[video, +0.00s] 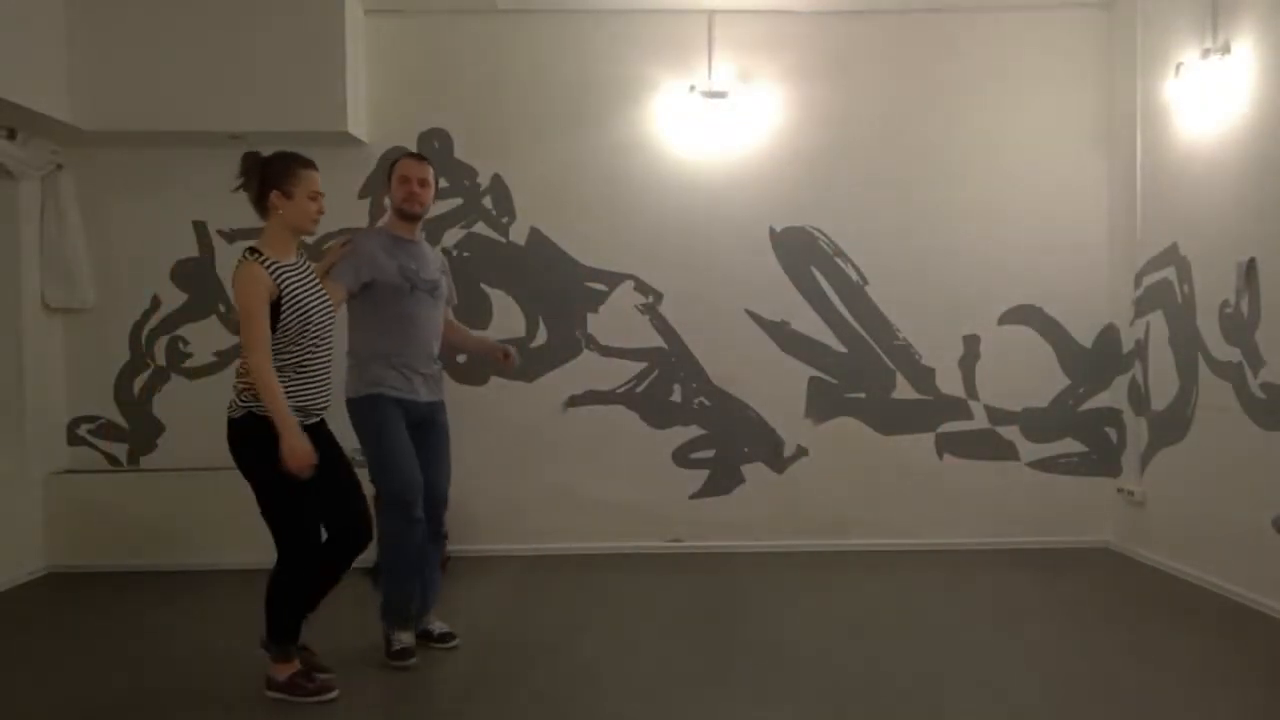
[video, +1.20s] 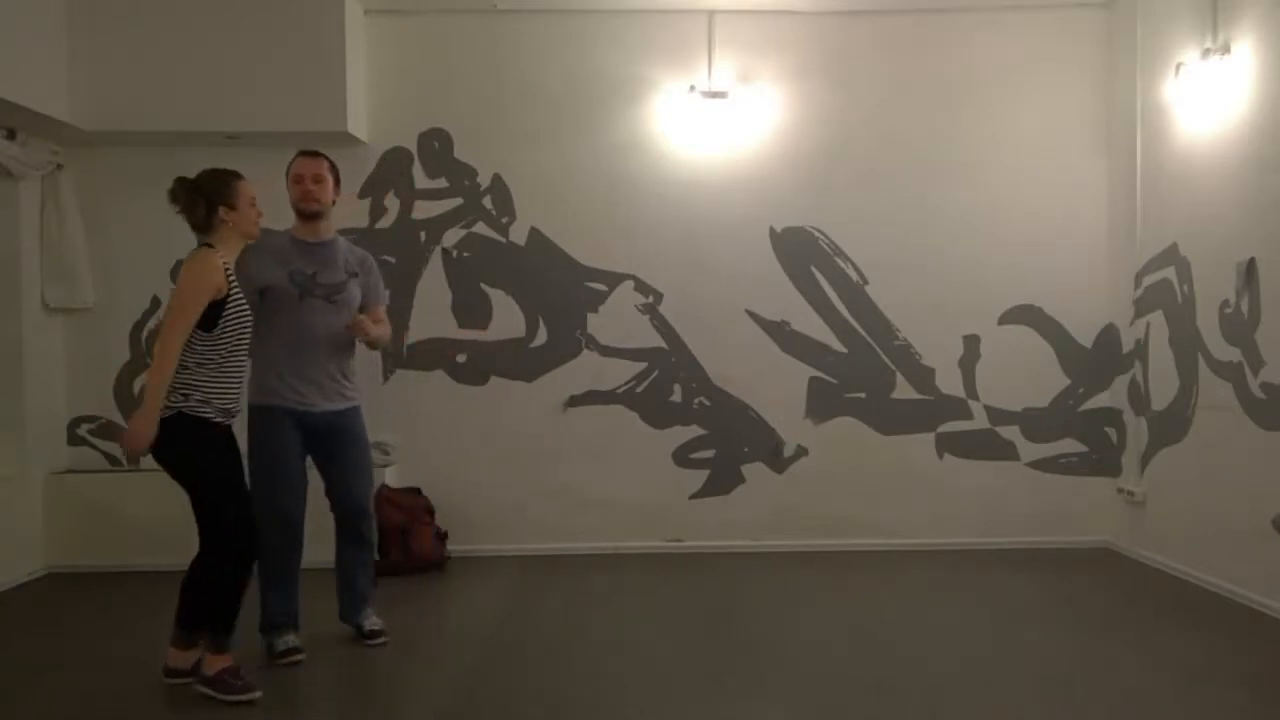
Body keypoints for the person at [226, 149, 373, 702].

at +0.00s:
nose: (321, 208)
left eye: (321, 199)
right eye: (312, 198)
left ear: (291, 204)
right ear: (277, 200)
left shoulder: (299, 262)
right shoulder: (255, 270)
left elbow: (306, 316)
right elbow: (257, 363)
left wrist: (339, 269)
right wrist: (288, 431)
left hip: (307, 420)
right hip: (263, 425)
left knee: (353, 530)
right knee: (297, 544)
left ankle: (286, 629)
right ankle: (281, 665)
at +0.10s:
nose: (328, 197)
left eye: (328, 188)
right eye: (319, 188)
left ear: (298, 196)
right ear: (284, 194)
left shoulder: (304, 258)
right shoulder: (265, 263)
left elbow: (310, 323)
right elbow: (282, 352)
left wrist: (337, 290)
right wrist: (347, 397)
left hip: (317, 421)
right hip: (275, 424)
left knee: (356, 525)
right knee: (299, 539)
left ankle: (344, 654)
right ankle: (283, 668)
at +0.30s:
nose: (320, 191)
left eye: (322, 182)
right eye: (306, 184)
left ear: (325, 193)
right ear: (276, 197)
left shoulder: (309, 260)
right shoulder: (277, 266)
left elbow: (314, 315)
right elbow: (316, 340)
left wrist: (335, 264)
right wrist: (399, 334)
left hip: (328, 422)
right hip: (288, 426)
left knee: (356, 536)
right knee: (314, 544)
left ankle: (358, 661)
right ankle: (284, 666)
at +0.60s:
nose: (303, 196)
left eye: (308, 187)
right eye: (288, 188)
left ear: (317, 196)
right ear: (264, 201)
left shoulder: (296, 260)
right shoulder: (268, 259)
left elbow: (296, 327)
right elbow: (296, 332)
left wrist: (317, 265)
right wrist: (353, 381)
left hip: (308, 421)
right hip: (269, 424)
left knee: (359, 527)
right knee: (303, 544)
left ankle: (305, 636)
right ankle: (282, 666)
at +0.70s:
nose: (303, 197)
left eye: (309, 189)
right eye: (289, 190)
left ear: (315, 199)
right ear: (262, 201)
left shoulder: (292, 260)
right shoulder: (261, 256)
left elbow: (293, 330)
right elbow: (259, 334)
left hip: (302, 418)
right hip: (271, 420)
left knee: (331, 528)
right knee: (302, 539)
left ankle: (259, 617)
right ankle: (282, 666)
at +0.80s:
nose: (298, 198)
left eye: (304, 190)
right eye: (283, 190)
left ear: (308, 199)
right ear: (256, 201)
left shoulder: (285, 257)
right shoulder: (253, 254)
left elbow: (272, 329)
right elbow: (220, 330)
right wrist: (193, 402)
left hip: (290, 417)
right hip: (260, 418)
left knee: (296, 536)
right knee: (290, 538)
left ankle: (219, 621)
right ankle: (283, 665)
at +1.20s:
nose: (260, 212)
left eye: (257, 203)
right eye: (251, 204)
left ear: (224, 214)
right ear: (225, 213)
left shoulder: (222, 267)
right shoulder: (206, 266)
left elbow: (191, 342)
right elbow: (169, 339)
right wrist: (149, 412)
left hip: (204, 424)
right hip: (193, 425)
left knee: (220, 538)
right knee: (238, 538)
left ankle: (182, 652)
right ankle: (214, 660)